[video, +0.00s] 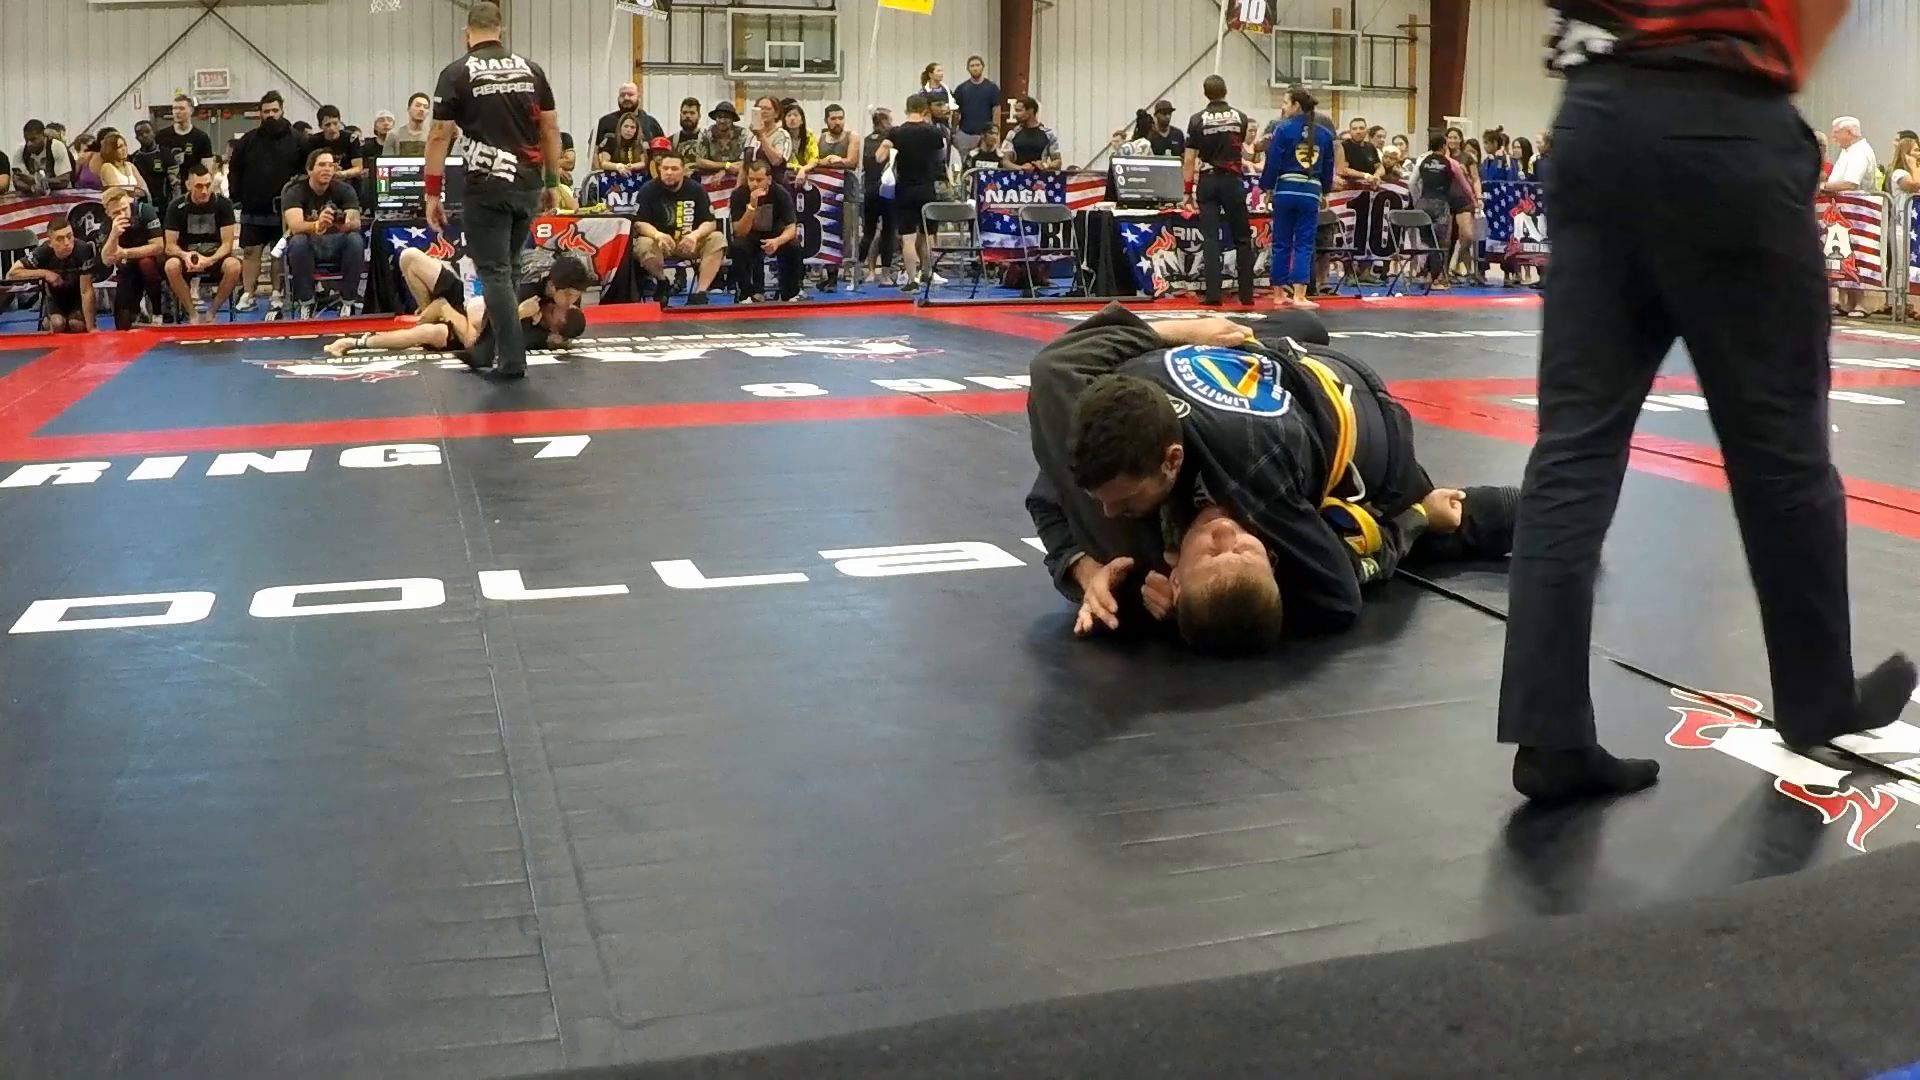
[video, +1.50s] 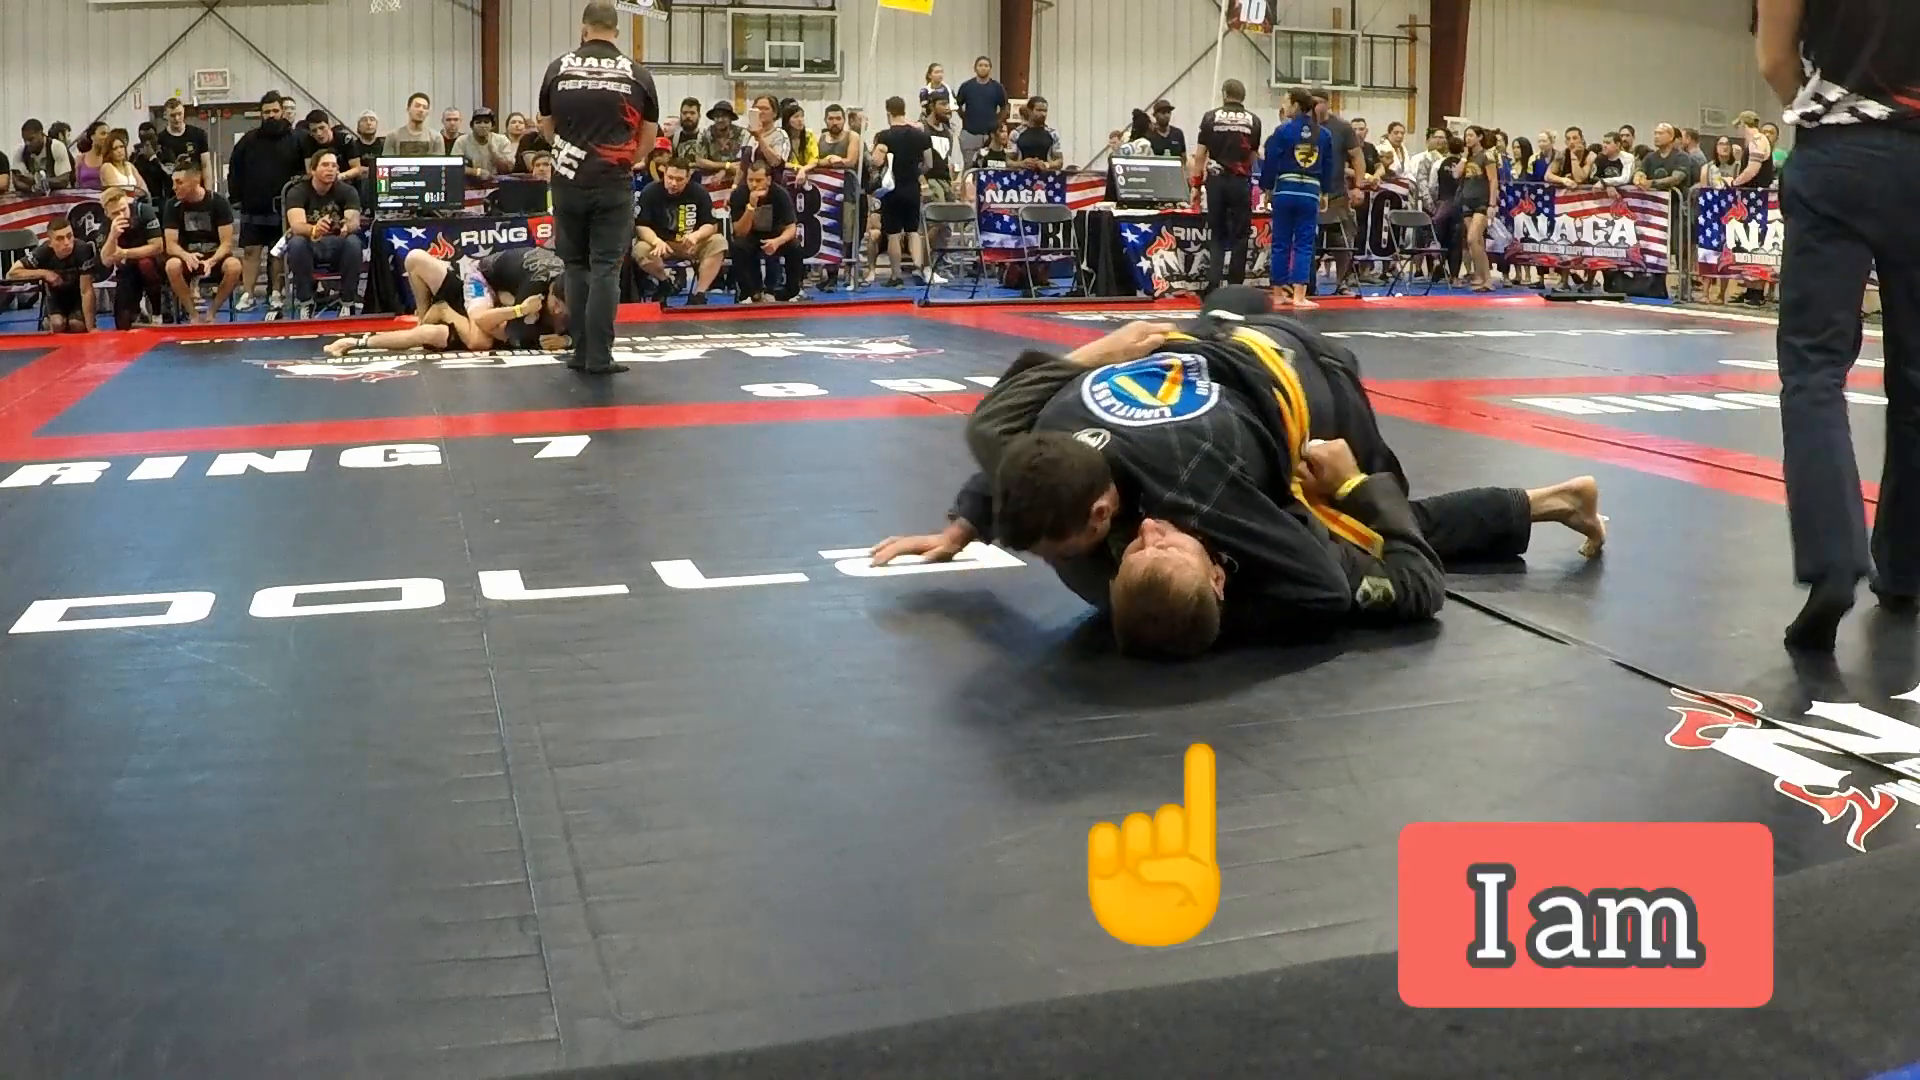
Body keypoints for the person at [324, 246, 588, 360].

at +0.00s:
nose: (575, 302)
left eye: (579, 297)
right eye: (571, 295)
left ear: (580, 292)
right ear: (553, 287)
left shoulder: (564, 315)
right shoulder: (530, 292)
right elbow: (485, 317)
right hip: (473, 302)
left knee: (432, 333)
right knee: (409, 257)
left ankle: (356, 343)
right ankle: (428, 319)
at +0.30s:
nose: (555, 291)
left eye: (562, 287)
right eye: (556, 283)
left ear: (570, 292)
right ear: (555, 282)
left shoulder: (571, 321)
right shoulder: (543, 292)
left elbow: (483, 341)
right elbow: (483, 311)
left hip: (472, 335)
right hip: (470, 306)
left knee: (432, 335)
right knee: (407, 261)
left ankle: (357, 344)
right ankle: (428, 322)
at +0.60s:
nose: (563, 306)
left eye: (566, 301)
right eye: (559, 299)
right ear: (544, 294)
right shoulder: (522, 306)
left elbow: (474, 342)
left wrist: (450, 311)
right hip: (470, 300)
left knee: (430, 331)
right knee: (410, 257)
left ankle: (356, 343)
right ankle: (425, 317)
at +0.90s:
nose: (551, 311)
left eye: (556, 312)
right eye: (554, 308)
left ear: (561, 326)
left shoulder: (547, 337)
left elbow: (474, 340)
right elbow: (481, 323)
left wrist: (450, 311)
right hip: (476, 291)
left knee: (430, 331)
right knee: (412, 255)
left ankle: (357, 343)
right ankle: (426, 317)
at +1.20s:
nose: (533, 311)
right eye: (536, 306)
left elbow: (476, 338)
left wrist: (450, 312)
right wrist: (517, 316)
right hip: (478, 282)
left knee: (427, 333)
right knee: (414, 256)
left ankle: (356, 343)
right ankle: (424, 314)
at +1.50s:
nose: (555, 311)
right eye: (557, 307)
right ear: (555, 302)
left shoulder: (533, 330)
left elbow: (477, 337)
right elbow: (480, 318)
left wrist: (449, 312)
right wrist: (519, 311)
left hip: (470, 326)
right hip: (475, 287)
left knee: (429, 334)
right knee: (414, 259)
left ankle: (355, 343)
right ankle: (423, 319)